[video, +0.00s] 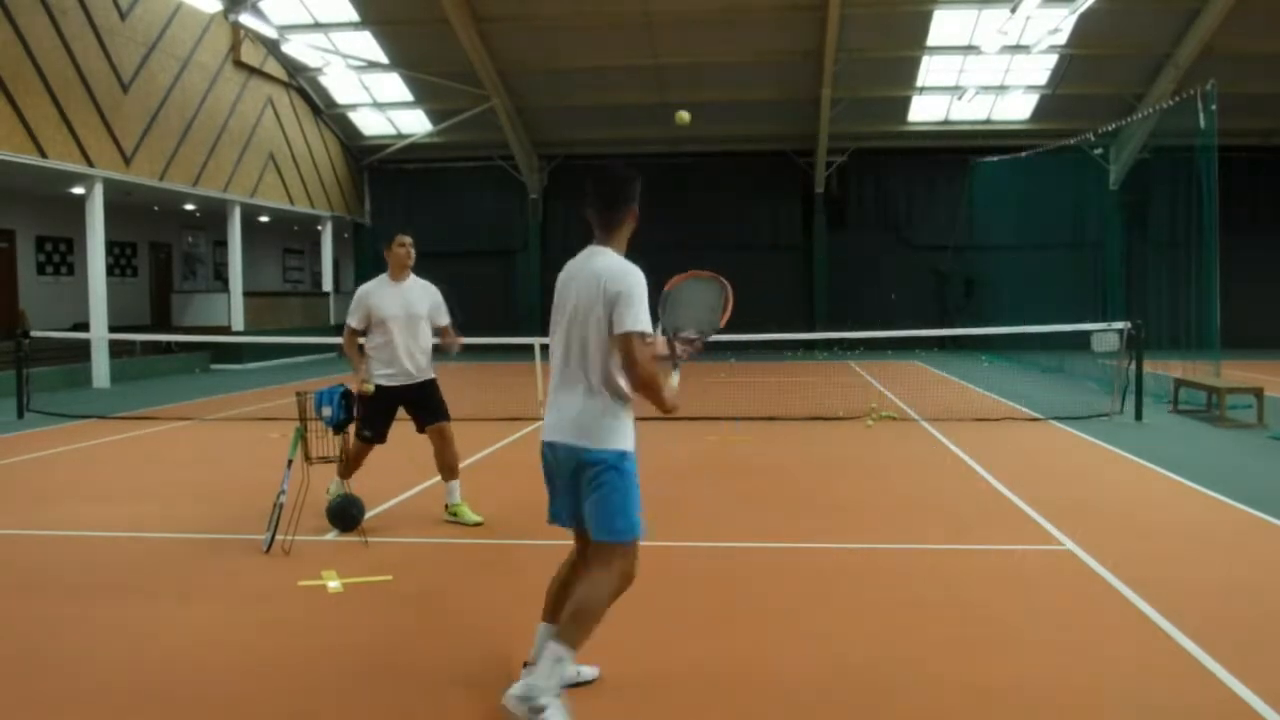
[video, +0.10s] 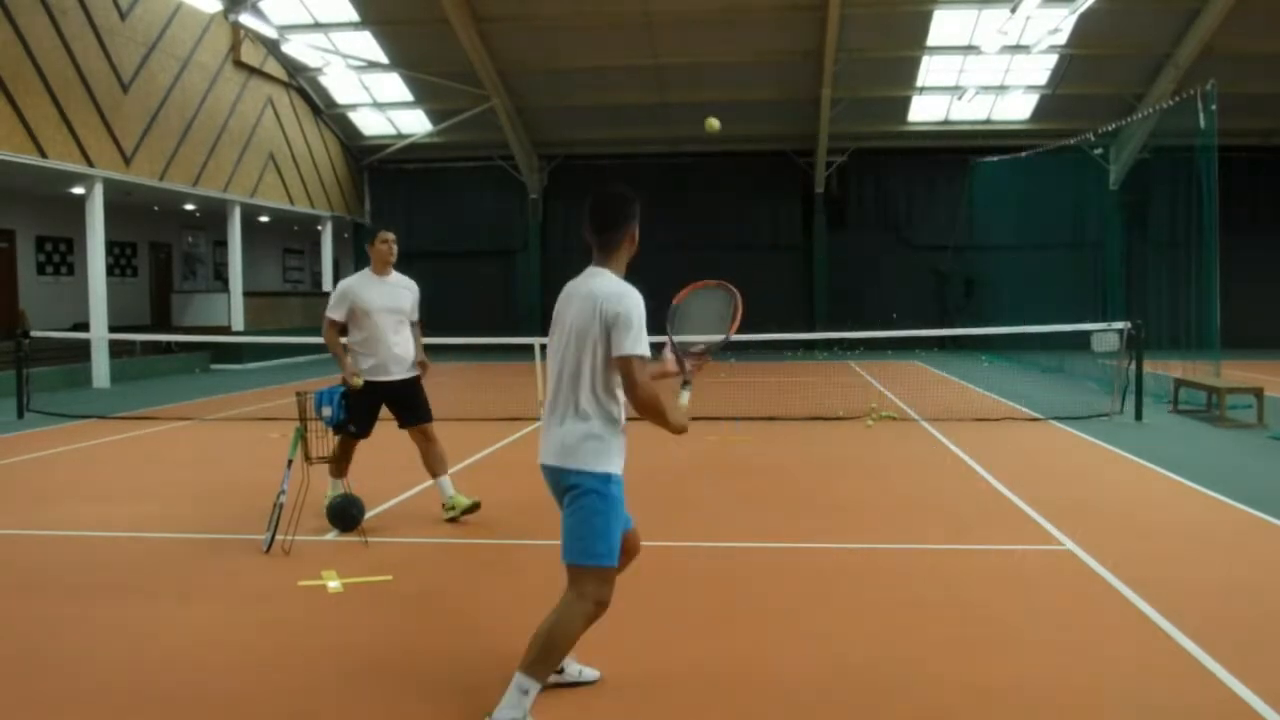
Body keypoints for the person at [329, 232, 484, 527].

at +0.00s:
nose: (409, 251)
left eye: (411, 247)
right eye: (402, 246)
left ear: (415, 254)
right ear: (387, 253)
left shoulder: (429, 290)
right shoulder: (367, 293)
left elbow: (445, 331)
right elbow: (349, 338)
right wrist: (360, 370)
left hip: (421, 380)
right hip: (381, 382)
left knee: (442, 433)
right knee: (364, 443)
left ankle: (454, 502)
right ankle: (338, 487)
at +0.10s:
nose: (391, 248)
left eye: (394, 243)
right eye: (385, 243)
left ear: (397, 249)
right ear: (370, 249)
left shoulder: (409, 287)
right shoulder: (349, 287)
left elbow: (414, 325)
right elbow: (330, 331)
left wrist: (419, 352)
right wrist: (345, 367)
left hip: (404, 377)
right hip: (365, 379)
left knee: (425, 434)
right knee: (348, 441)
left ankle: (451, 498)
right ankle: (335, 496)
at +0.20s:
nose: (378, 245)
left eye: (380, 240)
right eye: (371, 240)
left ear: (383, 246)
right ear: (356, 247)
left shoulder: (392, 283)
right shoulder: (338, 284)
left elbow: (396, 321)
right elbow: (313, 326)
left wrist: (404, 350)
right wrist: (332, 367)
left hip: (391, 375)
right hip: (353, 378)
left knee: (412, 431)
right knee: (341, 439)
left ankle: (432, 493)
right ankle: (334, 495)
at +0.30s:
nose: (366, 242)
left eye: (369, 237)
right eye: (359, 237)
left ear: (372, 243)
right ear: (345, 242)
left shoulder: (380, 279)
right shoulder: (329, 281)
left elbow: (383, 320)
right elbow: (306, 326)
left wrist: (397, 347)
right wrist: (324, 363)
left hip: (380, 371)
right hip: (346, 375)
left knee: (399, 426)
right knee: (339, 436)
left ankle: (405, 491)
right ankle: (334, 494)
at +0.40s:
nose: (358, 242)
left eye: (361, 237)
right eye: (352, 237)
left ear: (365, 243)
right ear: (338, 242)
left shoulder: (372, 277)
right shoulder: (323, 280)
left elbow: (374, 317)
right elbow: (303, 326)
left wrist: (392, 342)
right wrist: (324, 365)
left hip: (372, 370)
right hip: (339, 373)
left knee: (386, 423)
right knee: (337, 435)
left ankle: (376, 482)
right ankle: (333, 493)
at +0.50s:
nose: (354, 242)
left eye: (356, 237)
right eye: (347, 237)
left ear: (359, 243)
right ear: (333, 242)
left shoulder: (367, 278)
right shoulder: (320, 280)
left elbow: (369, 318)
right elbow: (304, 327)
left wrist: (388, 342)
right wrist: (325, 365)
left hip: (365, 369)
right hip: (334, 372)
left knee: (371, 424)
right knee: (337, 433)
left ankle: (353, 478)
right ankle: (332, 494)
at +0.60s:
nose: (353, 243)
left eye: (355, 239)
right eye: (347, 239)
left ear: (358, 244)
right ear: (332, 244)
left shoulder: (365, 279)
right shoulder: (319, 281)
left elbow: (368, 319)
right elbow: (304, 328)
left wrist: (386, 346)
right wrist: (322, 368)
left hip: (358, 368)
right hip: (330, 370)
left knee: (357, 422)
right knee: (338, 428)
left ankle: (337, 477)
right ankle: (332, 487)